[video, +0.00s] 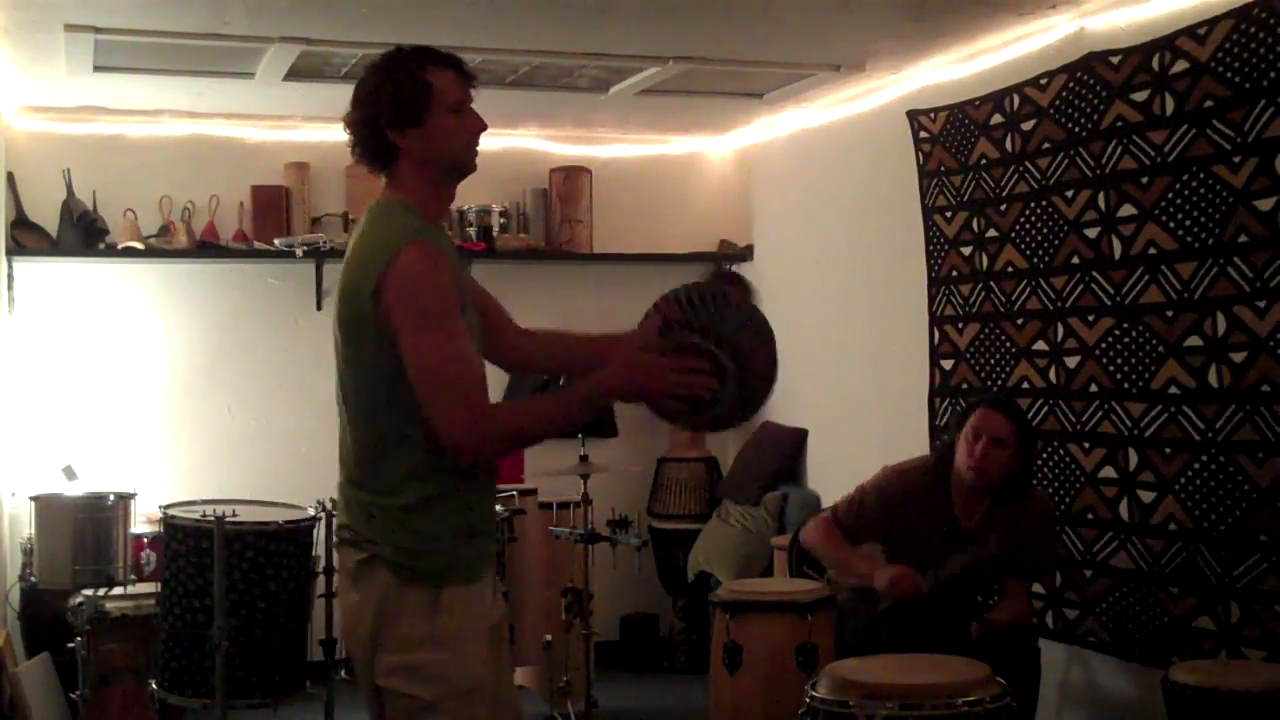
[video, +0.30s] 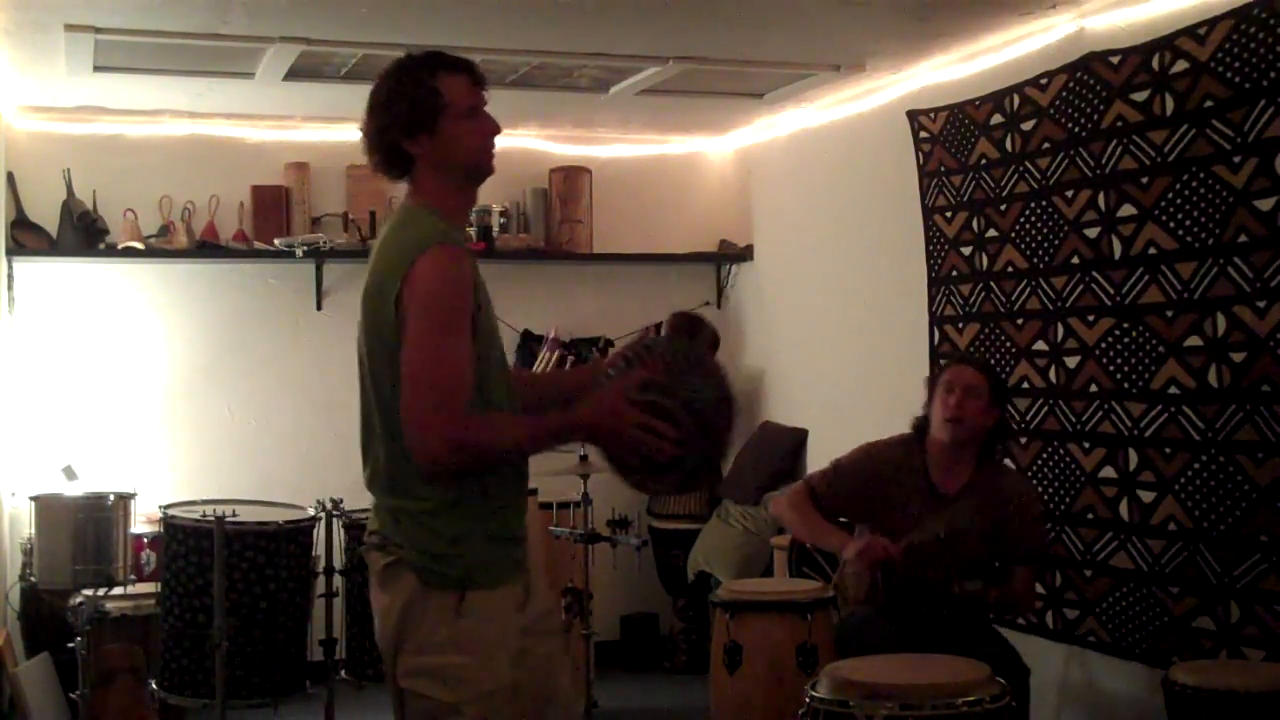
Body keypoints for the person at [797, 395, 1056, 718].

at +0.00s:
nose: (979, 452)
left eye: (997, 445)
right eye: (974, 436)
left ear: (1016, 459)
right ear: (957, 436)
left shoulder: (1028, 509)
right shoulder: (907, 483)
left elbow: (1018, 602)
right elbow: (814, 531)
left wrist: (981, 626)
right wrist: (875, 570)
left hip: (969, 618)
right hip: (896, 607)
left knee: (1019, 649)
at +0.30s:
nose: (955, 402)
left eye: (971, 394)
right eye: (947, 390)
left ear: (993, 415)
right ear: (929, 400)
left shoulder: (1012, 491)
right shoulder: (883, 460)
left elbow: (1022, 594)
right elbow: (786, 503)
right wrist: (845, 544)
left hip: (958, 621)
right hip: (877, 615)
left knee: (1011, 678)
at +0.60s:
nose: (896, 373)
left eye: (909, 368)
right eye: (884, 369)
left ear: (929, 392)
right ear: (868, 398)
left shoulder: (968, 465)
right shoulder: (837, 462)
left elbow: (1005, 543)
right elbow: (762, 521)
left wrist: (965, 567)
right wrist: (832, 536)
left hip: (944, 615)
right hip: (863, 616)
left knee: (995, 671)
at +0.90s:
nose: (872, 388)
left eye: (883, 378)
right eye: (859, 382)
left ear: (903, 391)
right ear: (845, 402)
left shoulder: (942, 459)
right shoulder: (824, 469)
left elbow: (993, 535)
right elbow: (758, 540)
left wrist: (962, 533)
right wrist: (825, 533)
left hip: (940, 616)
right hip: (861, 621)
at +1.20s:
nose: (887, 393)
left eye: (899, 383)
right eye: (876, 386)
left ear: (920, 396)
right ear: (864, 400)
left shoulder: (959, 471)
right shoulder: (838, 469)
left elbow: (991, 567)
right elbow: (774, 546)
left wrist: (969, 536)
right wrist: (833, 527)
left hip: (937, 631)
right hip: (860, 631)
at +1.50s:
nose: (894, 395)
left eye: (907, 386)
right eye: (884, 387)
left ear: (929, 400)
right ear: (869, 404)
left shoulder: (966, 469)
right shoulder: (842, 468)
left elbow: (1002, 569)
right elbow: (775, 547)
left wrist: (976, 538)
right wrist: (829, 538)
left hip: (939, 617)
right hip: (857, 618)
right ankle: (1020, 680)